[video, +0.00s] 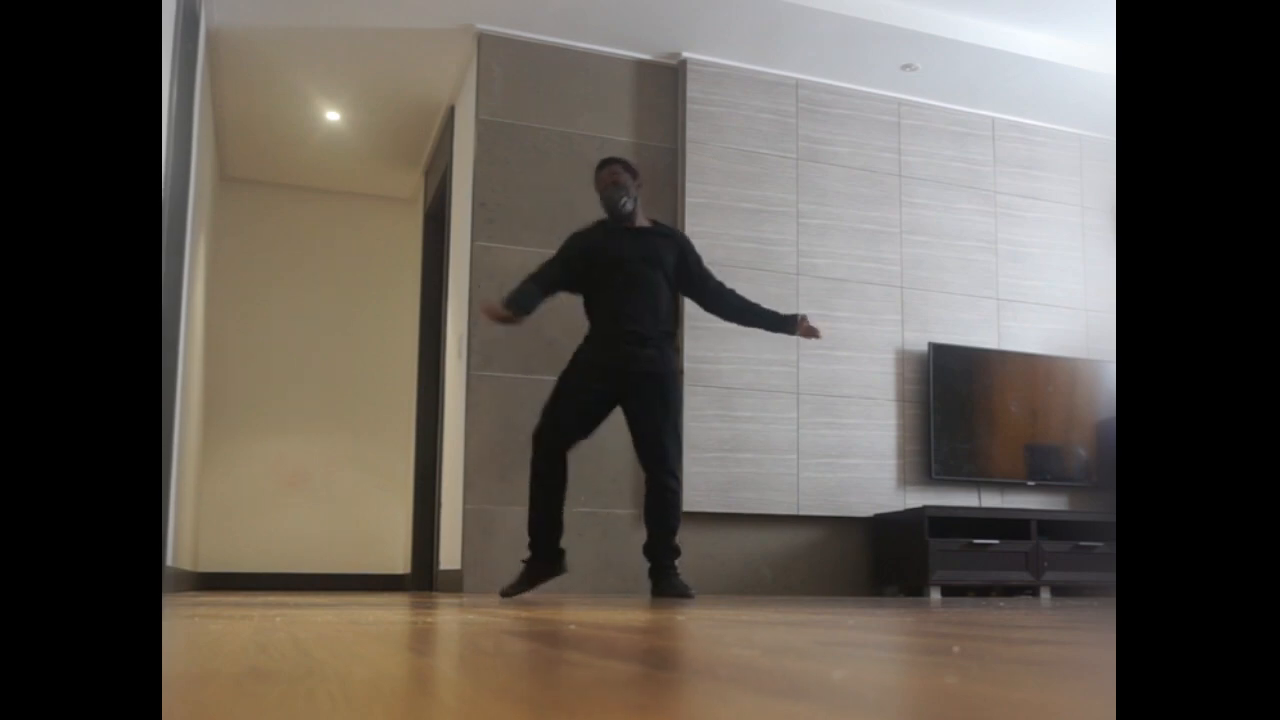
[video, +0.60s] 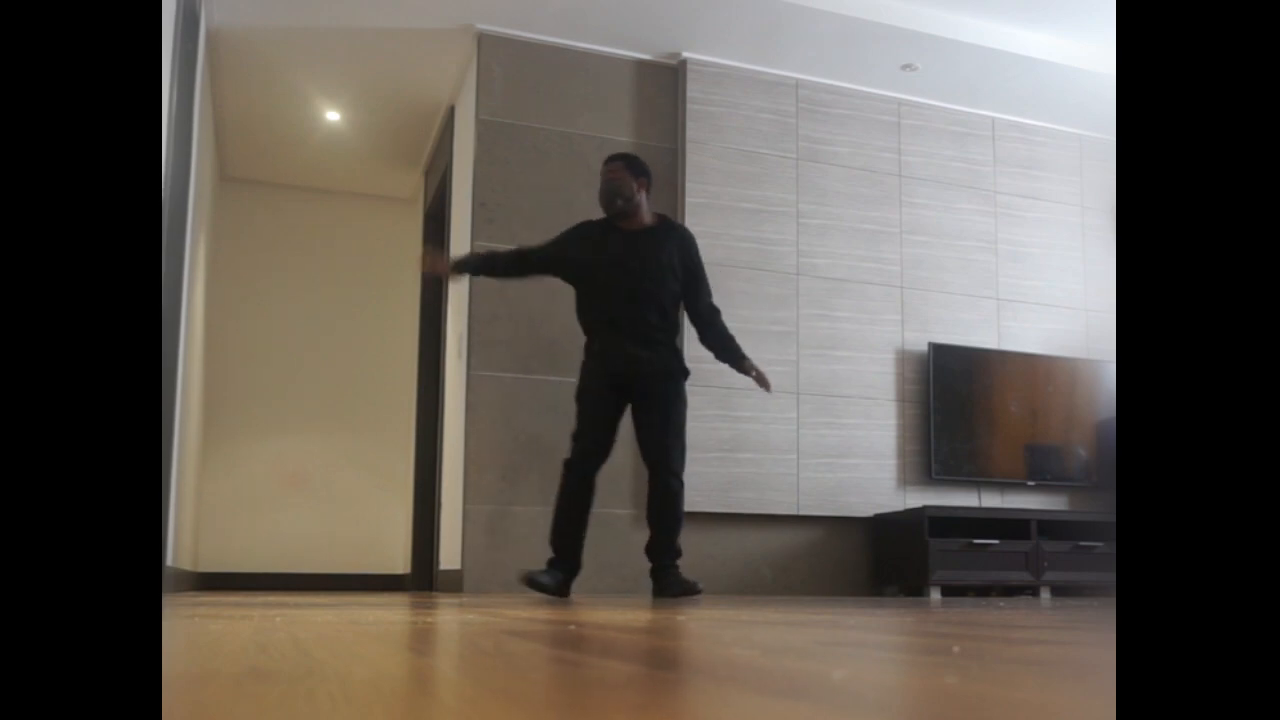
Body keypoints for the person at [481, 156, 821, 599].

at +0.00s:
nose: (614, 191)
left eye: (620, 184)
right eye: (606, 187)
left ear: (637, 188)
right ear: (598, 197)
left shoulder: (669, 243)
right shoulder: (586, 243)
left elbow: (717, 297)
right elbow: (545, 280)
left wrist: (786, 323)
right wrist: (515, 306)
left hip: (654, 368)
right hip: (598, 363)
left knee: (663, 468)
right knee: (548, 442)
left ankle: (664, 571)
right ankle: (544, 555)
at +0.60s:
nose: (610, 193)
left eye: (618, 185)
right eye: (605, 186)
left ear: (643, 187)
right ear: (601, 193)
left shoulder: (675, 240)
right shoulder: (586, 240)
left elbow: (702, 310)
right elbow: (523, 261)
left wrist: (738, 359)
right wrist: (458, 265)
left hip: (660, 374)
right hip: (603, 373)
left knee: (667, 473)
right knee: (582, 464)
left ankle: (665, 572)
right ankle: (561, 570)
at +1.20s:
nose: (647, 196)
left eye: (651, 189)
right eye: (639, 188)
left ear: (653, 191)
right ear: (612, 184)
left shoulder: (666, 235)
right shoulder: (575, 233)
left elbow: (718, 273)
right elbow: (546, 287)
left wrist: (772, 304)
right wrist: (510, 309)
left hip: (650, 368)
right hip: (590, 368)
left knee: (672, 451)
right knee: (566, 465)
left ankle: (690, 557)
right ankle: (554, 573)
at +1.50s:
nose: (700, 205)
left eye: (706, 198)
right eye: (692, 196)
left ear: (711, 201)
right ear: (672, 195)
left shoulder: (718, 247)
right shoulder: (637, 238)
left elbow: (767, 281)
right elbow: (603, 295)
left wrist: (801, 242)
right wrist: (562, 335)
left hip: (685, 369)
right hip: (636, 368)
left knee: (689, 456)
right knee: (636, 459)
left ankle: (725, 563)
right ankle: (613, 565)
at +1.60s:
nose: (706, 218)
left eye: (714, 210)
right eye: (698, 208)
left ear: (722, 211)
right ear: (680, 205)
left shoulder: (731, 251)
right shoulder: (647, 244)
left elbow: (784, 274)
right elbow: (616, 301)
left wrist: (807, 227)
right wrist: (569, 339)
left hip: (703, 372)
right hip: (654, 371)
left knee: (712, 461)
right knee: (671, 452)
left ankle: (729, 569)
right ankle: (655, 557)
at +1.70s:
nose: (711, 207)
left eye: (719, 200)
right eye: (704, 198)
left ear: (728, 201)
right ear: (686, 196)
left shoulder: (744, 237)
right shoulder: (655, 236)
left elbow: (797, 248)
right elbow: (615, 278)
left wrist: (780, 198)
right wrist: (588, 278)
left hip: (730, 368)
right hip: (677, 366)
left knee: (732, 463)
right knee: (670, 452)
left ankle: (735, 569)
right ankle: (688, 552)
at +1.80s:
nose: (726, 209)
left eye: (732, 202)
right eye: (717, 202)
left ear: (740, 204)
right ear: (697, 204)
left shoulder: (764, 237)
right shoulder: (669, 244)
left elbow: (810, 218)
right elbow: (614, 247)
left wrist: (759, 183)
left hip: (752, 377)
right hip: (691, 378)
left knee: (778, 454)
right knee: (663, 460)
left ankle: (773, 560)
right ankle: (689, 569)